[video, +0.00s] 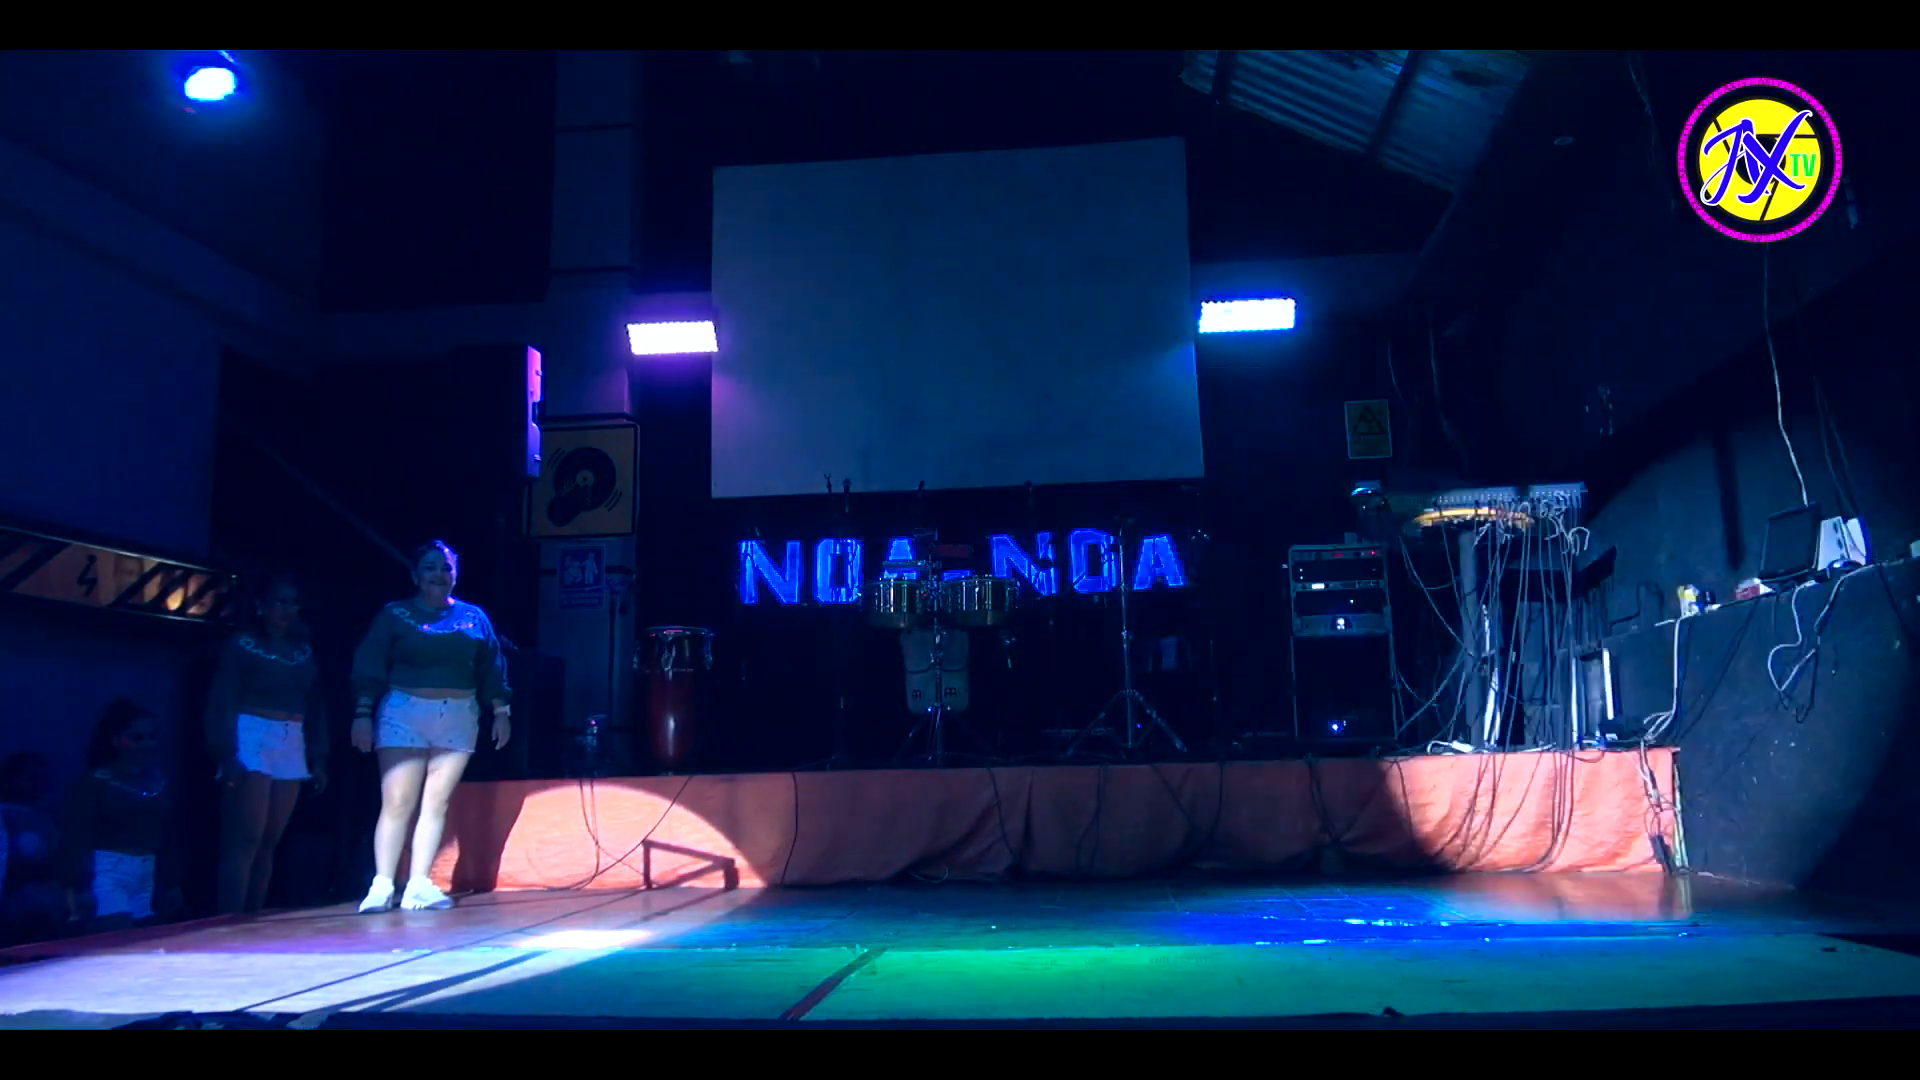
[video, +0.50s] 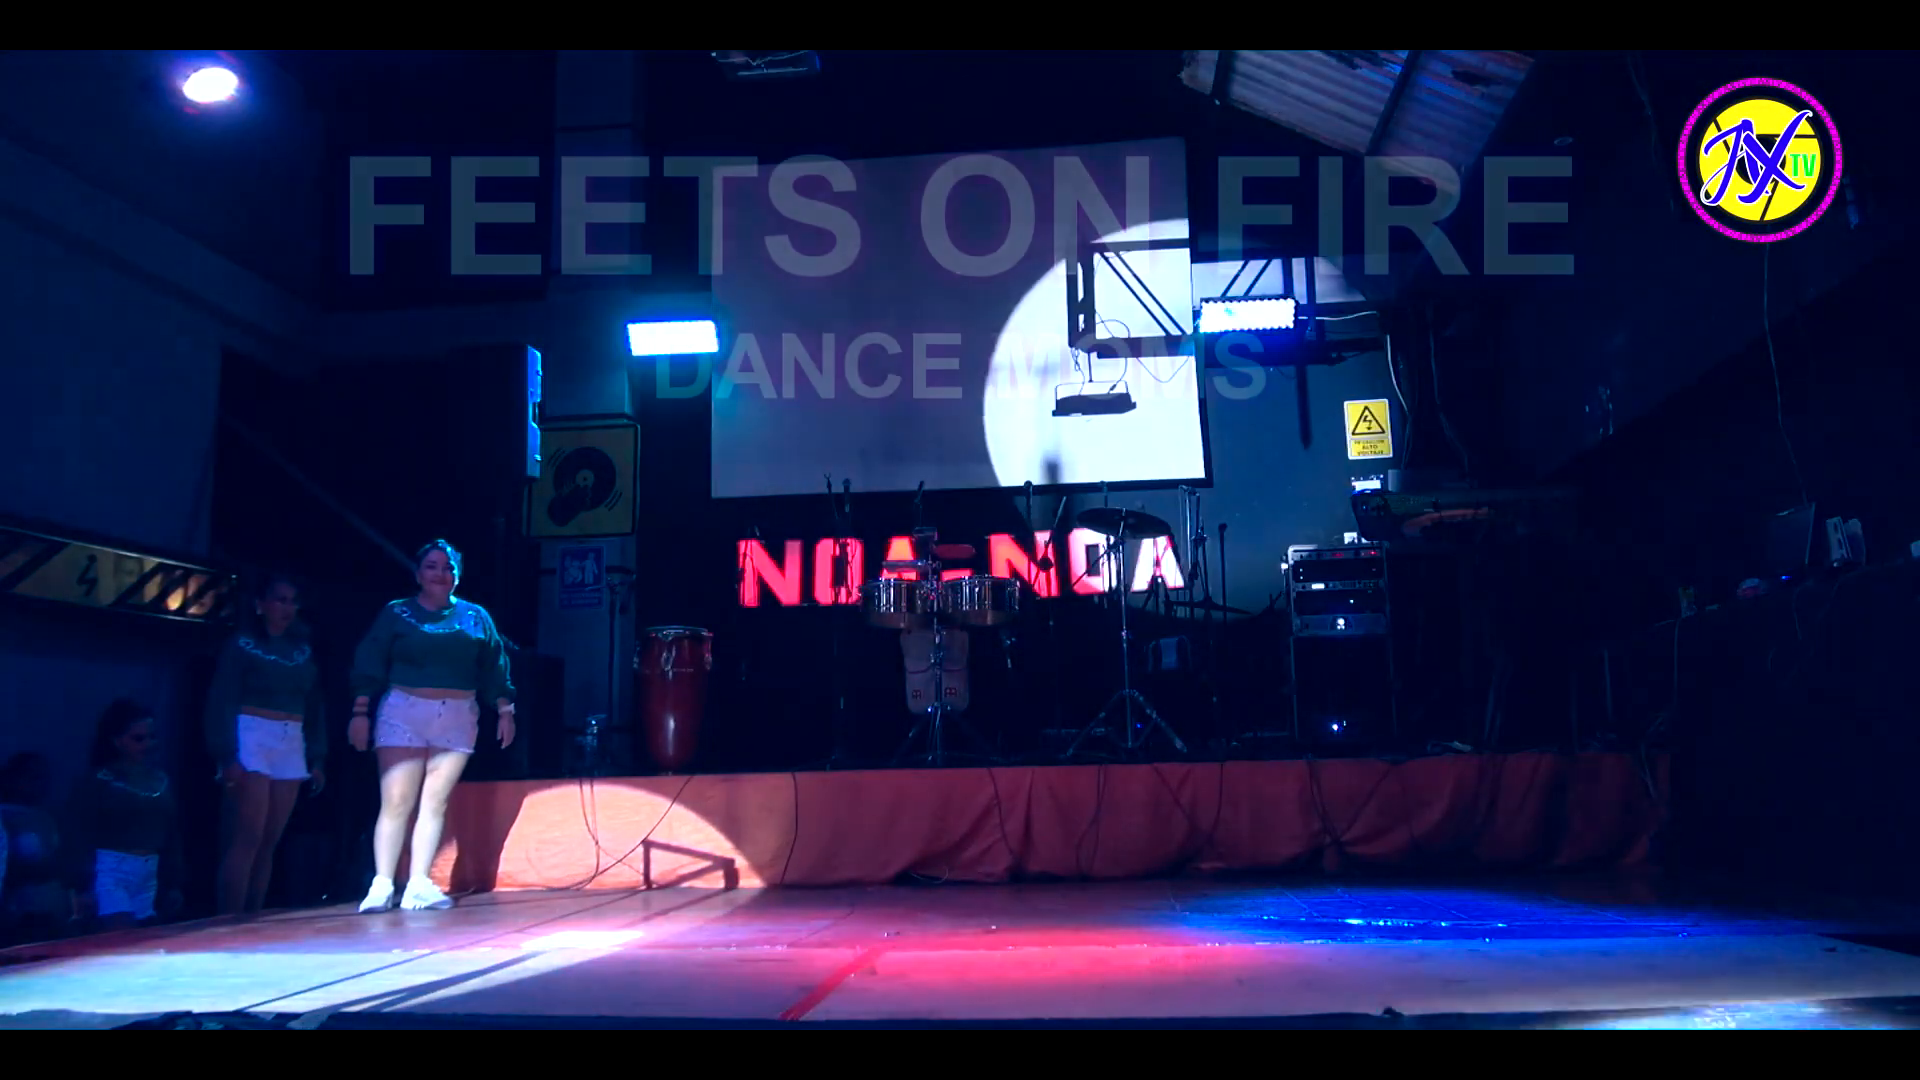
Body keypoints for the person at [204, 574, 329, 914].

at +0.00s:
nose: (286, 610)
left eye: (292, 603)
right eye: (279, 602)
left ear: (299, 608)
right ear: (263, 604)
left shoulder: (303, 651)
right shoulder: (245, 643)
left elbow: (314, 708)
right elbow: (224, 698)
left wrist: (317, 757)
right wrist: (225, 753)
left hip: (293, 735)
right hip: (254, 731)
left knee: (271, 839)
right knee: (249, 834)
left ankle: (254, 916)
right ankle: (232, 916)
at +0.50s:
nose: (286, 608)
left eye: (291, 601)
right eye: (279, 600)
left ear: (298, 607)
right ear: (262, 603)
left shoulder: (303, 651)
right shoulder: (244, 643)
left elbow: (314, 708)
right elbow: (223, 700)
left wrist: (316, 757)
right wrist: (227, 755)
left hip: (293, 734)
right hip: (253, 730)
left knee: (272, 837)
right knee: (250, 832)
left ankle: (254, 915)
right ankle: (231, 916)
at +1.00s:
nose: (282, 610)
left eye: (288, 603)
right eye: (275, 602)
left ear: (294, 608)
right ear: (259, 605)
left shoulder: (300, 649)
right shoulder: (242, 642)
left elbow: (312, 707)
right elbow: (222, 698)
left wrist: (315, 758)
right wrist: (223, 753)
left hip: (292, 733)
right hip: (252, 729)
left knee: (271, 836)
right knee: (249, 831)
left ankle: (254, 915)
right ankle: (232, 913)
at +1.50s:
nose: (280, 611)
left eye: (286, 604)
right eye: (274, 603)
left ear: (293, 609)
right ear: (258, 605)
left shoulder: (298, 647)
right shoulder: (239, 641)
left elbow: (310, 705)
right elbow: (222, 698)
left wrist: (313, 758)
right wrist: (223, 755)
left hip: (290, 733)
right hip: (251, 730)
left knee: (271, 834)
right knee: (248, 828)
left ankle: (255, 912)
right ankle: (232, 911)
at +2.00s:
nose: (286, 610)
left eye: (291, 603)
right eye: (279, 602)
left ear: (298, 608)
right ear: (263, 605)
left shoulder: (304, 651)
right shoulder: (245, 644)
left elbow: (315, 706)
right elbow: (226, 699)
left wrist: (318, 756)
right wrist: (228, 754)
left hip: (296, 735)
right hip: (255, 732)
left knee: (283, 835)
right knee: (257, 832)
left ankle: (260, 915)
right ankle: (232, 915)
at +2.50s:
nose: (305, 610)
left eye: (309, 603)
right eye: (298, 602)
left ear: (313, 610)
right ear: (280, 606)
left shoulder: (320, 653)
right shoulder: (257, 647)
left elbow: (333, 710)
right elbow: (235, 699)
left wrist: (335, 758)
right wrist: (229, 750)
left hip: (308, 734)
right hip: (265, 730)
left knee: (288, 817)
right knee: (323, 783)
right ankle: (293, 873)